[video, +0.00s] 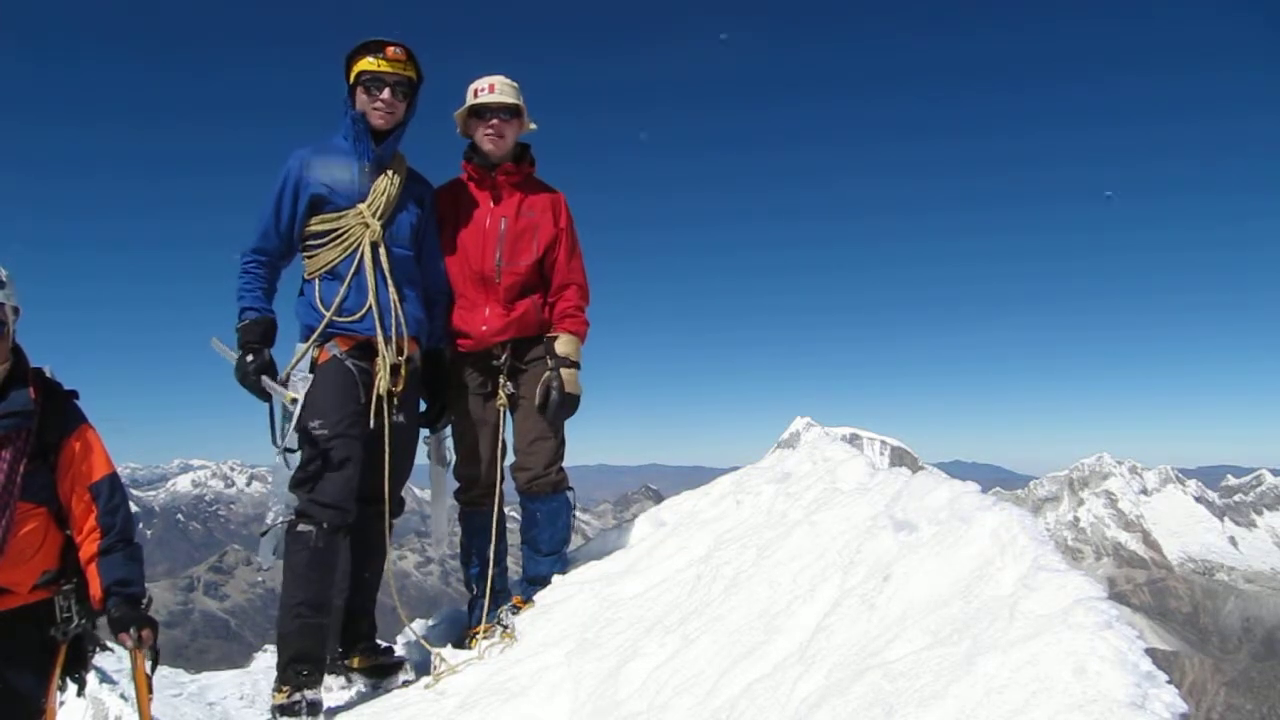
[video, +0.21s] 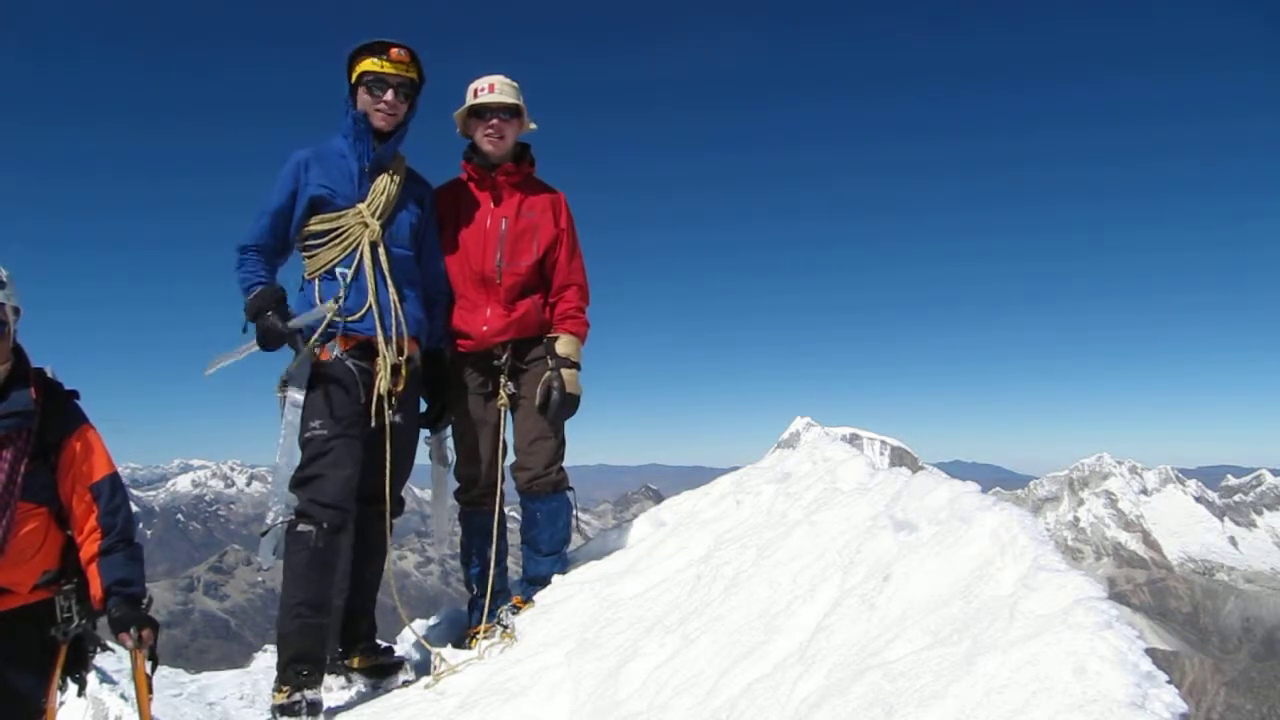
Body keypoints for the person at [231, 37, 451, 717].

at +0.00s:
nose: (385, 97)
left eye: (398, 89)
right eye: (373, 85)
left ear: (411, 100)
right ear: (352, 92)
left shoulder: (418, 189)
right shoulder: (312, 164)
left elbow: (433, 282)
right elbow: (261, 258)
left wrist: (440, 363)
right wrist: (255, 336)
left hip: (405, 364)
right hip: (337, 356)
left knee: (377, 505)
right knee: (328, 502)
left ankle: (355, 638)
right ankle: (299, 670)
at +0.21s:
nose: (387, 99)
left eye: (400, 90)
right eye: (376, 87)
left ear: (413, 102)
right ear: (355, 92)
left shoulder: (418, 191)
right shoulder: (314, 164)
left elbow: (433, 283)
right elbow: (255, 251)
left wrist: (440, 364)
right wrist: (264, 300)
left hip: (403, 366)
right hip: (335, 359)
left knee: (377, 507)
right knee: (326, 506)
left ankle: (354, 639)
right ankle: (300, 671)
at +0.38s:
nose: (400, 100)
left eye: (408, 91)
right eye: (386, 88)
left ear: (414, 102)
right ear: (357, 94)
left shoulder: (417, 191)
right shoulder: (313, 164)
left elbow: (432, 281)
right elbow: (253, 251)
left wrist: (440, 363)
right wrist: (288, 282)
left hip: (403, 365)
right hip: (337, 359)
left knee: (376, 507)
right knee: (325, 506)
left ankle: (354, 640)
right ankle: (299, 672)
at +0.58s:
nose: (407, 104)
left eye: (411, 94)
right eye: (394, 92)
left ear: (409, 104)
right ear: (360, 97)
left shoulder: (409, 191)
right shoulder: (316, 164)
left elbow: (430, 283)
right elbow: (258, 254)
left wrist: (437, 360)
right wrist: (311, 277)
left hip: (406, 364)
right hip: (345, 357)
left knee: (377, 507)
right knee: (329, 505)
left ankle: (354, 642)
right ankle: (299, 675)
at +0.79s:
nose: (404, 107)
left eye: (409, 97)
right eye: (392, 95)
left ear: (407, 106)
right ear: (358, 100)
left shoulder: (406, 195)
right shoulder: (314, 166)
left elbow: (427, 287)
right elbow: (261, 256)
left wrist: (433, 361)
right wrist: (325, 281)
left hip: (403, 363)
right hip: (348, 357)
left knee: (379, 505)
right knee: (339, 501)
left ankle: (355, 643)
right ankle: (299, 675)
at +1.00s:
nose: (399, 110)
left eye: (403, 100)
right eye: (387, 97)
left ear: (398, 109)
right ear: (353, 101)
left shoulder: (397, 193)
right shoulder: (308, 170)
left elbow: (420, 283)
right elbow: (262, 266)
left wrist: (432, 360)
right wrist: (323, 289)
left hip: (401, 363)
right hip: (344, 358)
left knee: (381, 504)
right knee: (341, 498)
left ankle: (354, 643)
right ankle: (295, 671)